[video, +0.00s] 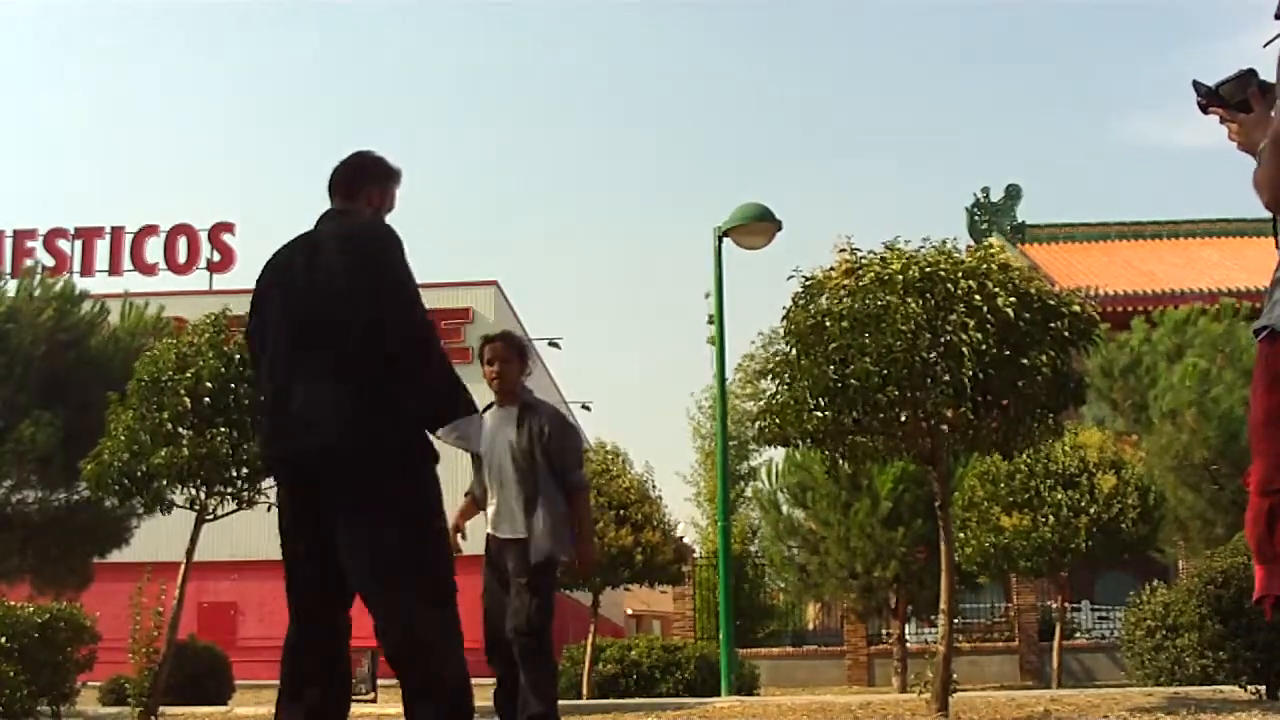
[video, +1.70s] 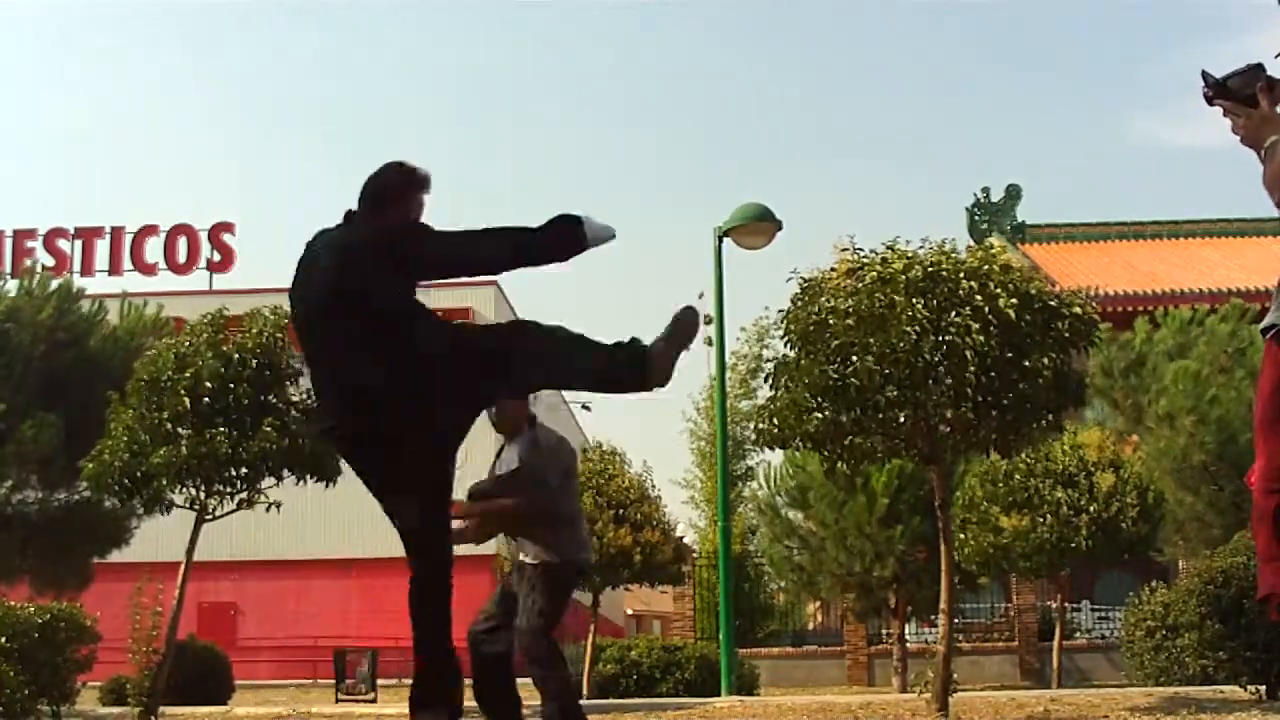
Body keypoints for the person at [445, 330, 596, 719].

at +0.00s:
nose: (495, 370)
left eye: (503, 361)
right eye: (488, 363)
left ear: (523, 365)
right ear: (483, 370)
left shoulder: (550, 421)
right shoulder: (486, 423)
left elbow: (577, 486)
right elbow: (482, 487)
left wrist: (585, 542)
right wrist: (458, 518)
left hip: (537, 544)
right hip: (497, 542)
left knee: (527, 635)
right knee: (498, 640)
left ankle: (540, 713)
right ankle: (509, 713)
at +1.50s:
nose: (498, 373)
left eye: (505, 363)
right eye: (492, 366)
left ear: (526, 366)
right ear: (486, 372)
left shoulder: (558, 413)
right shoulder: (494, 417)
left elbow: (579, 479)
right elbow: (490, 475)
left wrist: (570, 534)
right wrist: (478, 525)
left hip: (556, 537)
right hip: (513, 538)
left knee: (551, 639)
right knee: (497, 635)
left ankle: (571, 710)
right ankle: (522, 711)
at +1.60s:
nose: (495, 392)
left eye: (504, 383)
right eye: (489, 384)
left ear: (527, 386)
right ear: (483, 389)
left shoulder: (561, 430)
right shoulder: (495, 436)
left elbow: (539, 493)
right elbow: (500, 504)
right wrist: (464, 540)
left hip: (562, 550)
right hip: (517, 551)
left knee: (543, 639)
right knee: (486, 639)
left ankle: (567, 711)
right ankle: (519, 713)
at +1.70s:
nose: (493, 413)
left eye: (501, 404)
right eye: (492, 405)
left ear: (524, 403)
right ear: (493, 409)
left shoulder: (549, 446)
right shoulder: (508, 453)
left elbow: (526, 498)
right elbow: (490, 521)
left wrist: (465, 506)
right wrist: (447, 535)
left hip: (555, 562)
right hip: (527, 563)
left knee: (532, 639)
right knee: (485, 637)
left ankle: (566, 713)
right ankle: (504, 714)